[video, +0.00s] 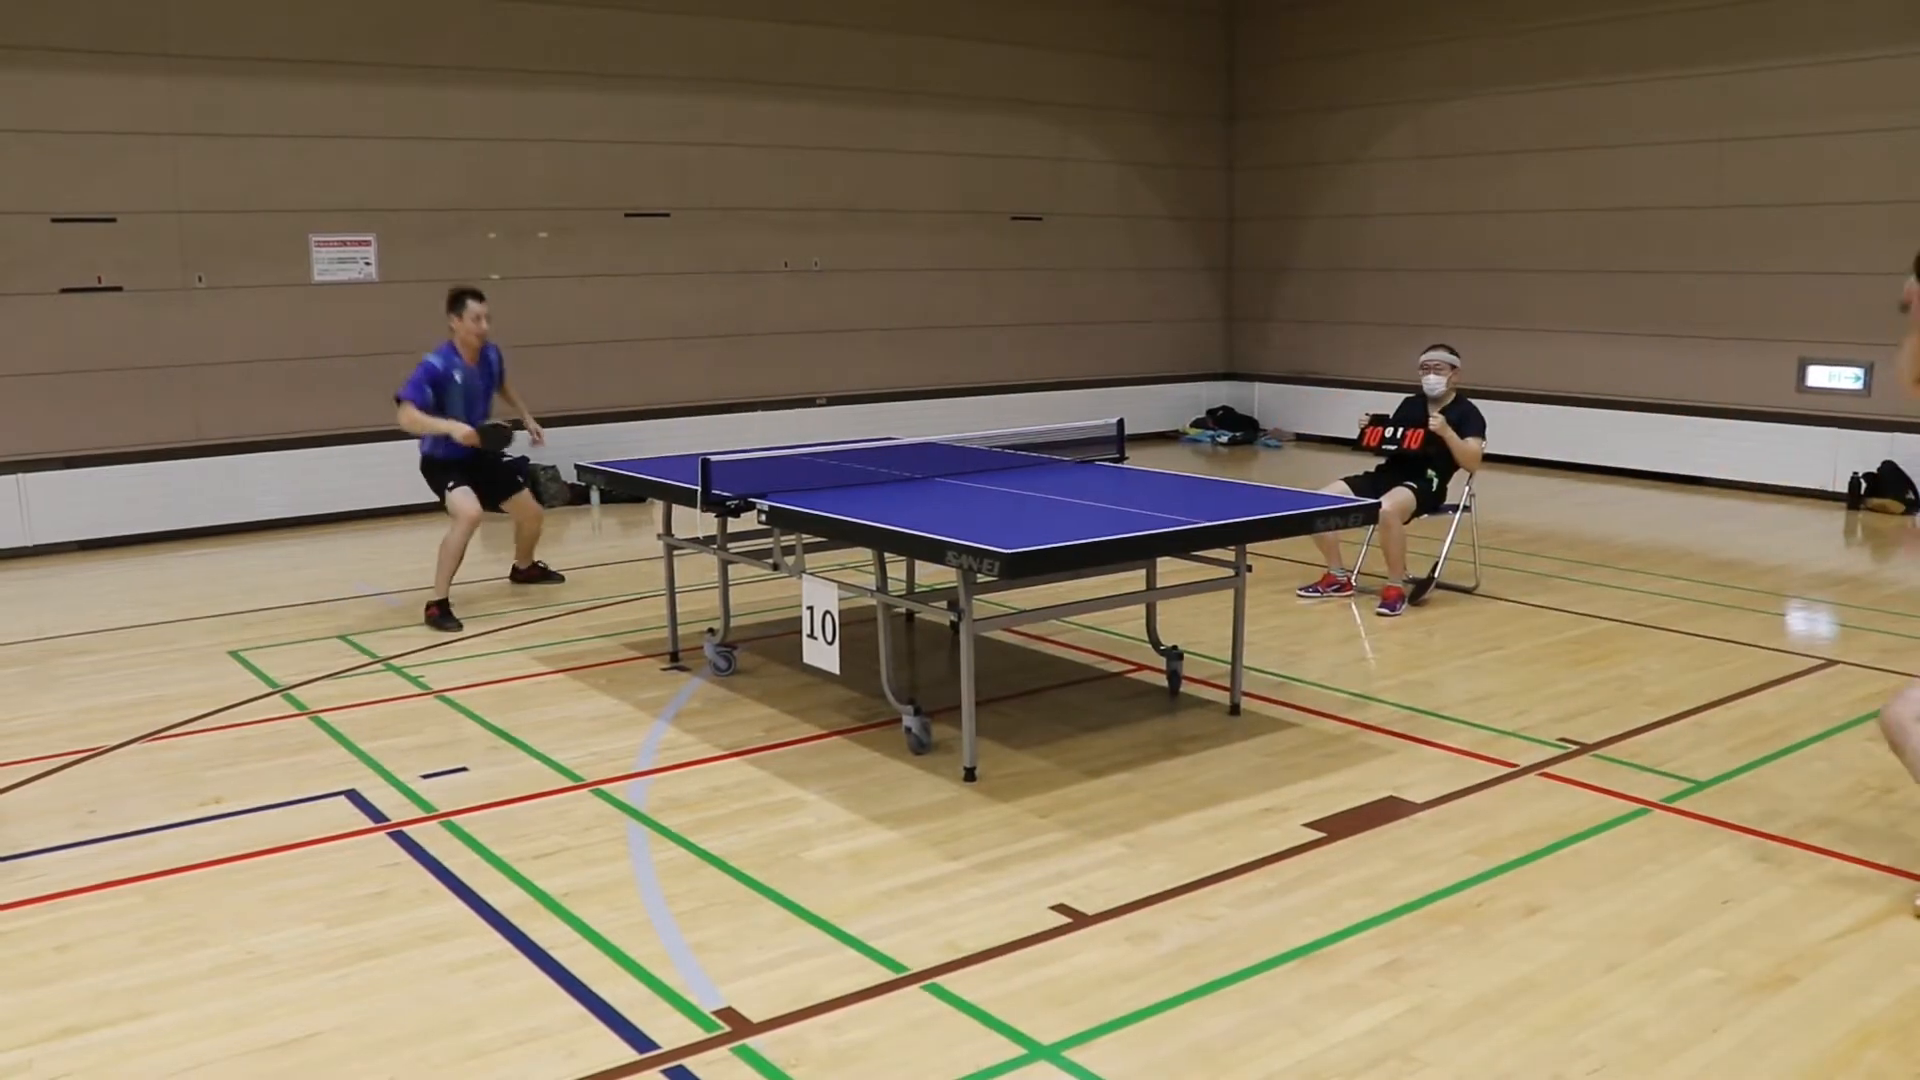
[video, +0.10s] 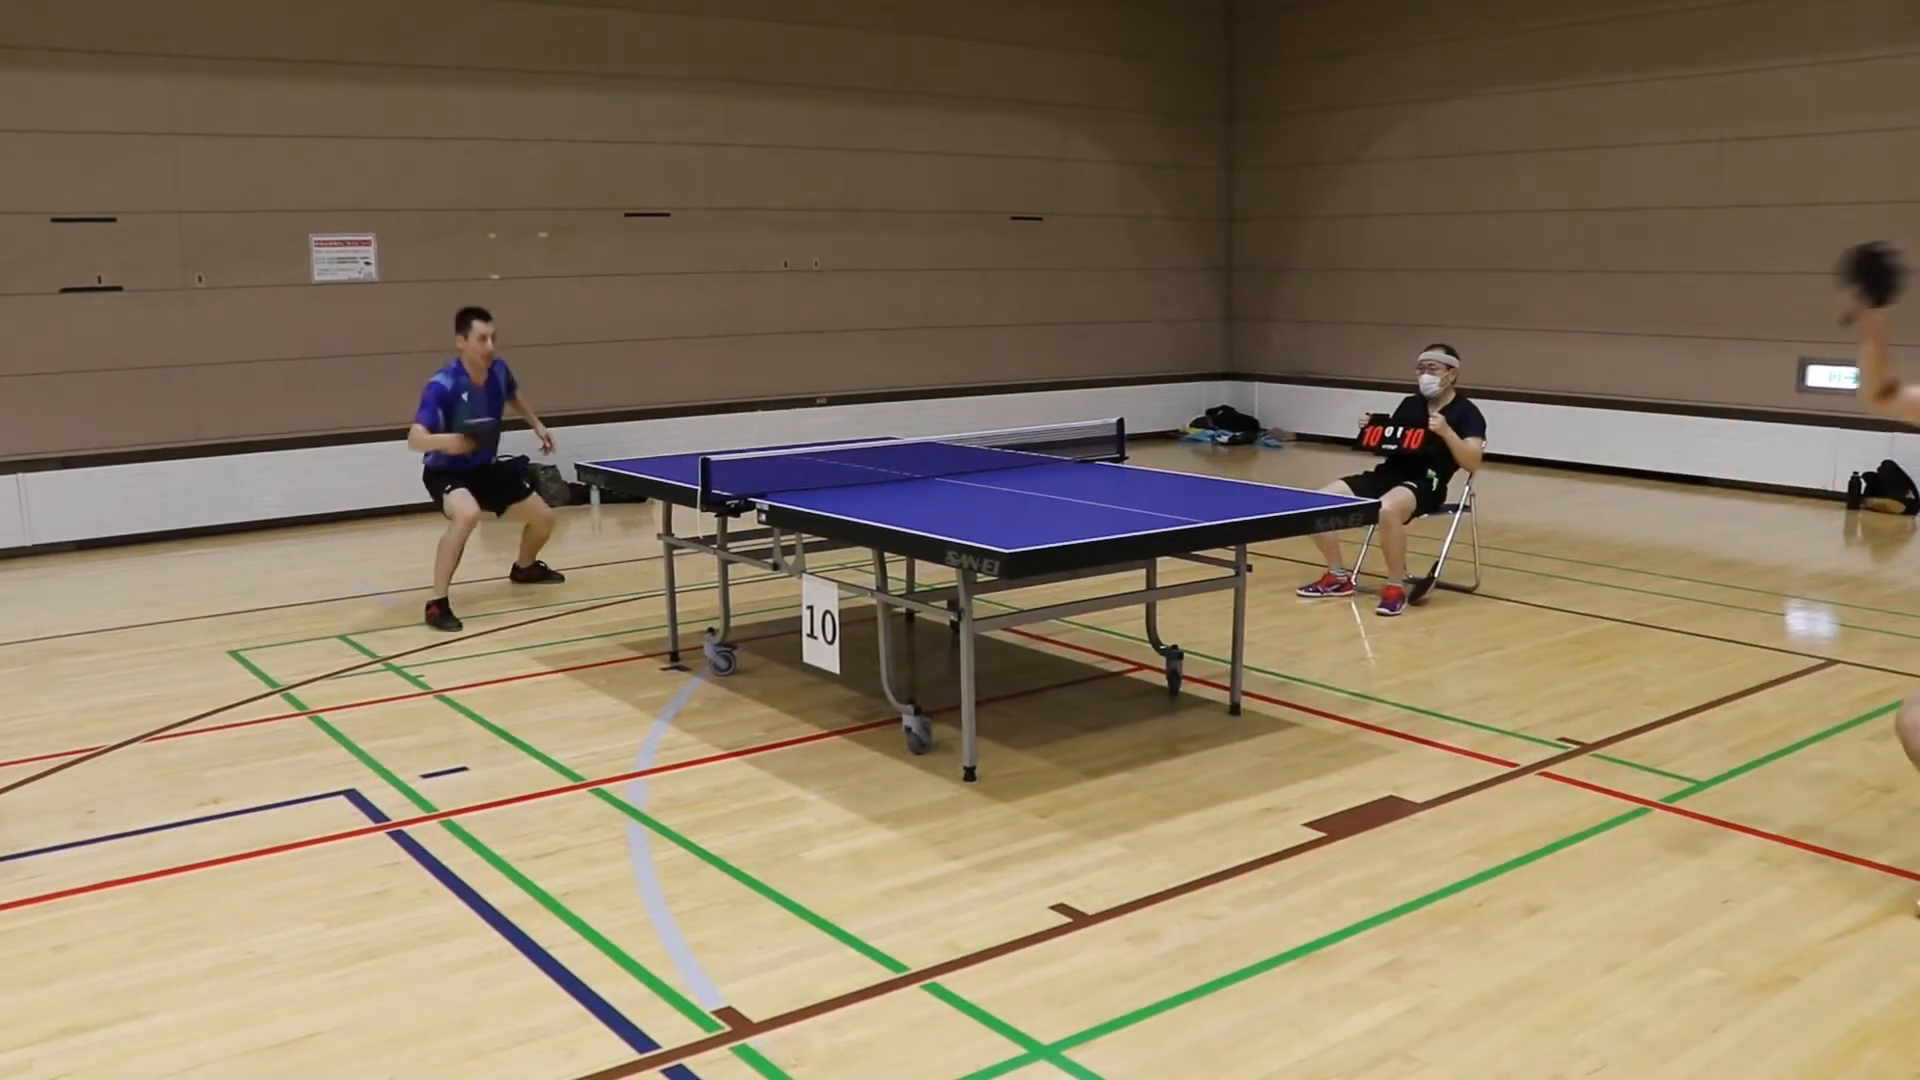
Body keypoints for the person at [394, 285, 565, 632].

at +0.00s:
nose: (484, 326)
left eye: (487, 318)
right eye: (476, 319)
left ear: (488, 320)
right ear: (454, 323)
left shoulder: (490, 355)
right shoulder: (436, 365)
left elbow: (503, 388)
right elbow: (406, 416)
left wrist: (526, 417)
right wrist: (451, 427)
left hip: (480, 454)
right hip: (441, 459)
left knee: (531, 514)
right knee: (469, 513)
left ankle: (524, 568)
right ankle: (438, 604)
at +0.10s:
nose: (490, 346)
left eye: (493, 338)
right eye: (482, 339)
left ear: (495, 339)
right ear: (461, 342)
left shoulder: (498, 372)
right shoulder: (442, 385)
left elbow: (514, 398)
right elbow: (416, 438)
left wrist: (539, 429)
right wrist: (448, 441)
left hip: (486, 469)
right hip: (446, 473)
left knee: (543, 519)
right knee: (467, 514)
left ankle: (525, 568)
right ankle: (438, 603)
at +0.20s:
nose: (476, 355)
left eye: (479, 347)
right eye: (467, 348)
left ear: (484, 348)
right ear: (449, 352)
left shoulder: (493, 377)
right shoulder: (435, 392)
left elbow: (514, 397)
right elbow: (401, 438)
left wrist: (541, 416)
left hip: (485, 474)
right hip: (443, 477)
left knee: (542, 525)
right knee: (462, 516)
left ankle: (525, 568)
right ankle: (437, 603)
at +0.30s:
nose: (459, 357)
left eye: (462, 349)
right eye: (449, 351)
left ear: (466, 350)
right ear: (430, 355)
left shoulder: (479, 379)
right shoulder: (417, 394)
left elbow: (501, 390)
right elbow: (380, 427)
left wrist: (534, 401)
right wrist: (357, 415)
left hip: (478, 473)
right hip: (435, 479)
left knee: (535, 526)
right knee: (451, 516)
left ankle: (524, 564)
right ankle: (436, 604)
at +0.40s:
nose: (449, 349)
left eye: (453, 341)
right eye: (441, 342)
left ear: (457, 342)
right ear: (421, 347)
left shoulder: (469, 370)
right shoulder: (407, 385)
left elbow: (492, 377)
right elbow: (361, 420)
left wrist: (527, 385)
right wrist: (349, 408)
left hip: (470, 463)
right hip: (427, 470)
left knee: (527, 522)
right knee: (445, 518)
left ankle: (515, 560)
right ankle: (435, 604)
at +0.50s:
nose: (447, 329)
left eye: (450, 322)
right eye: (439, 322)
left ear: (454, 324)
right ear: (418, 326)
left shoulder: (464, 355)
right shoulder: (398, 370)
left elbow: (488, 366)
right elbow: (360, 412)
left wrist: (528, 378)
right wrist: (347, 411)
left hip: (463, 451)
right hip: (421, 460)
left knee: (517, 516)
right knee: (442, 519)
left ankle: (494, 557)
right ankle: (435, 604)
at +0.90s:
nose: (457, 305)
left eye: (460, 298)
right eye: (449, 299)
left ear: (462, 302)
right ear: (428, 303)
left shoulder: (469, 341)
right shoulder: (408, 351)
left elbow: (488, 367)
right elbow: (382, 403)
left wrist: (529, 385)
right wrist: (421, 422)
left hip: (464, 449)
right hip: (423, 453)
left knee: (504, 519)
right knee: (415, 529)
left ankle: (474, 576)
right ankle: (362, 610)